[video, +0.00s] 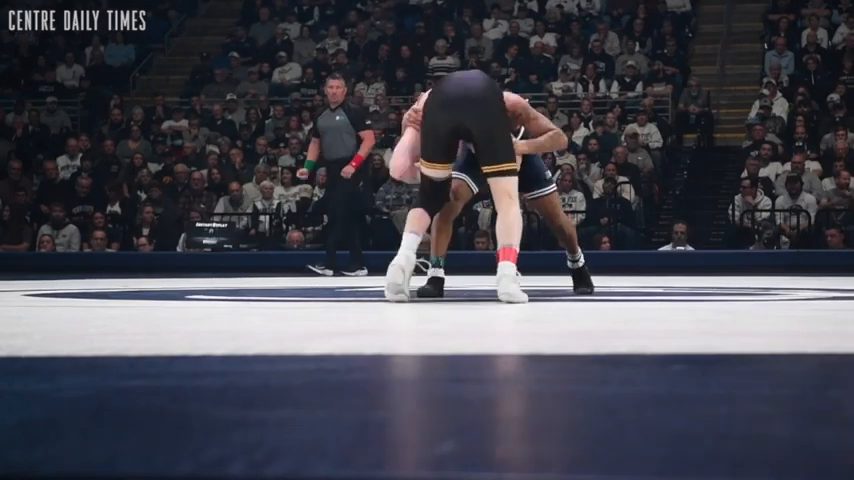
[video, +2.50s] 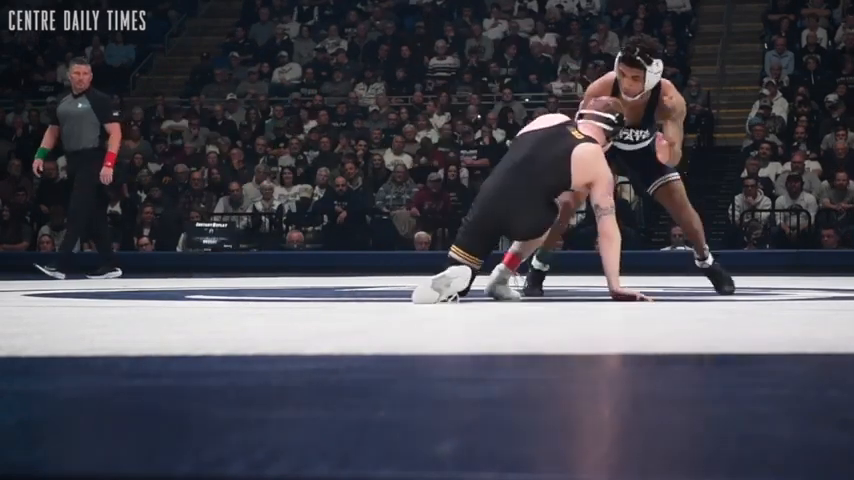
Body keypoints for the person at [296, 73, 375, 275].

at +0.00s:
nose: (334, 91)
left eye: (338, 87)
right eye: (330, 87)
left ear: (345, 90)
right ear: (325, 90)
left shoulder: (354, 112)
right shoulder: (321, 118)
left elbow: (369, 139)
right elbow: (315, 143)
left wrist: (354, 164)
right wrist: (307, 167)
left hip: (351, 168)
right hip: (332, 170)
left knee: (339, 214)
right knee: (344, 215)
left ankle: (330, 263)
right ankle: (357, 263)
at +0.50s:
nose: (295, 88)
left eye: (299, 84)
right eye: (292, 84)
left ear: (305, 86)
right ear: (286, 87)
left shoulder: (313, 108)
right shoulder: (279, 111)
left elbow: (322, 139)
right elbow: (273, 138)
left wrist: (301, 160)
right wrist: (266, 165)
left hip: (308, 165)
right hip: (286, 165)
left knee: (305, 212)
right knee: (276, 213)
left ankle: (311, 264)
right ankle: (302, 254)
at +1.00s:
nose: (240, 86)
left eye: (244, 82)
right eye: (237, 82)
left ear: (251, 85)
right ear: (230, 85)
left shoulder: (258, 106)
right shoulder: (226, 109)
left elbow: (271, 136)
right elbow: (220, 137)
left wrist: (256, 163)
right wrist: (212, 163)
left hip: (252, 163)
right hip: (231, 163)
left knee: (248, 211)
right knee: (234, 215)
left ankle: (281, 247)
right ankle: (240, 265)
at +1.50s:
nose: (191, 85)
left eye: (195, 81)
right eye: (188, 81)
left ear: (202, 82)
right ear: (182, 83)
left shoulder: (210, 106)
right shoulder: (176, 109)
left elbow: (223, 138)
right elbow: (167, 136)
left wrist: (220, 169)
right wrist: (160, 160)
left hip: (202, 164)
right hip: (183, 165)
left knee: (194, 212)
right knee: (191, 214)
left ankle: (190, 265)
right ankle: (227, 253)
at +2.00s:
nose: (134, 83)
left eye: (138, 78)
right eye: (130, 78)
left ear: (145, 80)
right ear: (123, 81)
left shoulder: (152, 103)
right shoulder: (118, 106)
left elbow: (161, 135)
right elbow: (114, 137)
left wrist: (140, 159)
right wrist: (108, 165)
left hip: (150, 164)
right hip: (126, 166)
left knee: (162, 211)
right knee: (119, 213)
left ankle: (184, 260)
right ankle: (113, 265)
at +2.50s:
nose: (81, 78)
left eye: (85, 74)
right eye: (77, 74)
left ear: (91, 76)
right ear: (69, 76)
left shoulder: (99, 100)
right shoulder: (62, 103)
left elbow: (115, 132)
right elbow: (52, 131)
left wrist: (109, 164)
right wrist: (40, 155)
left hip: (94, 160)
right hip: (74, 162)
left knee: (78, 209)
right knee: (93, 212)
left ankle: (60, 264)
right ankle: (109, 263)